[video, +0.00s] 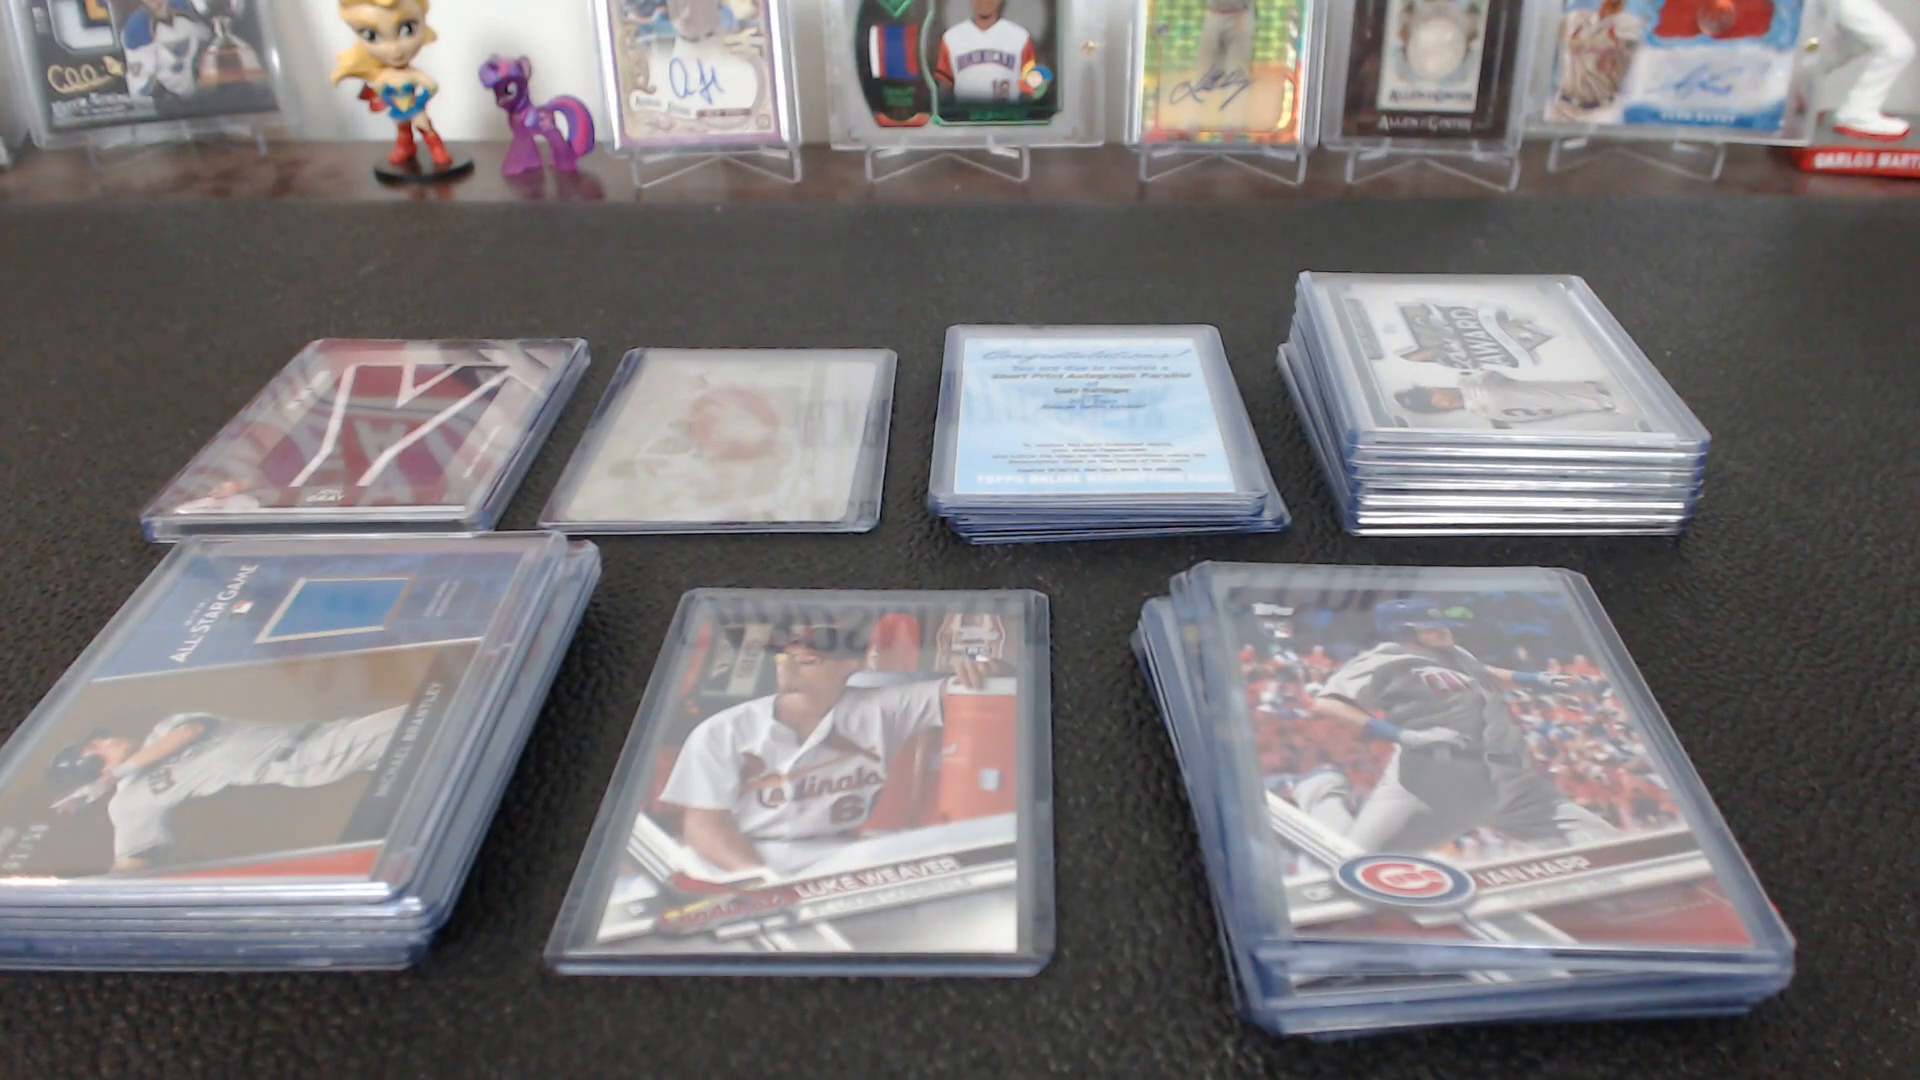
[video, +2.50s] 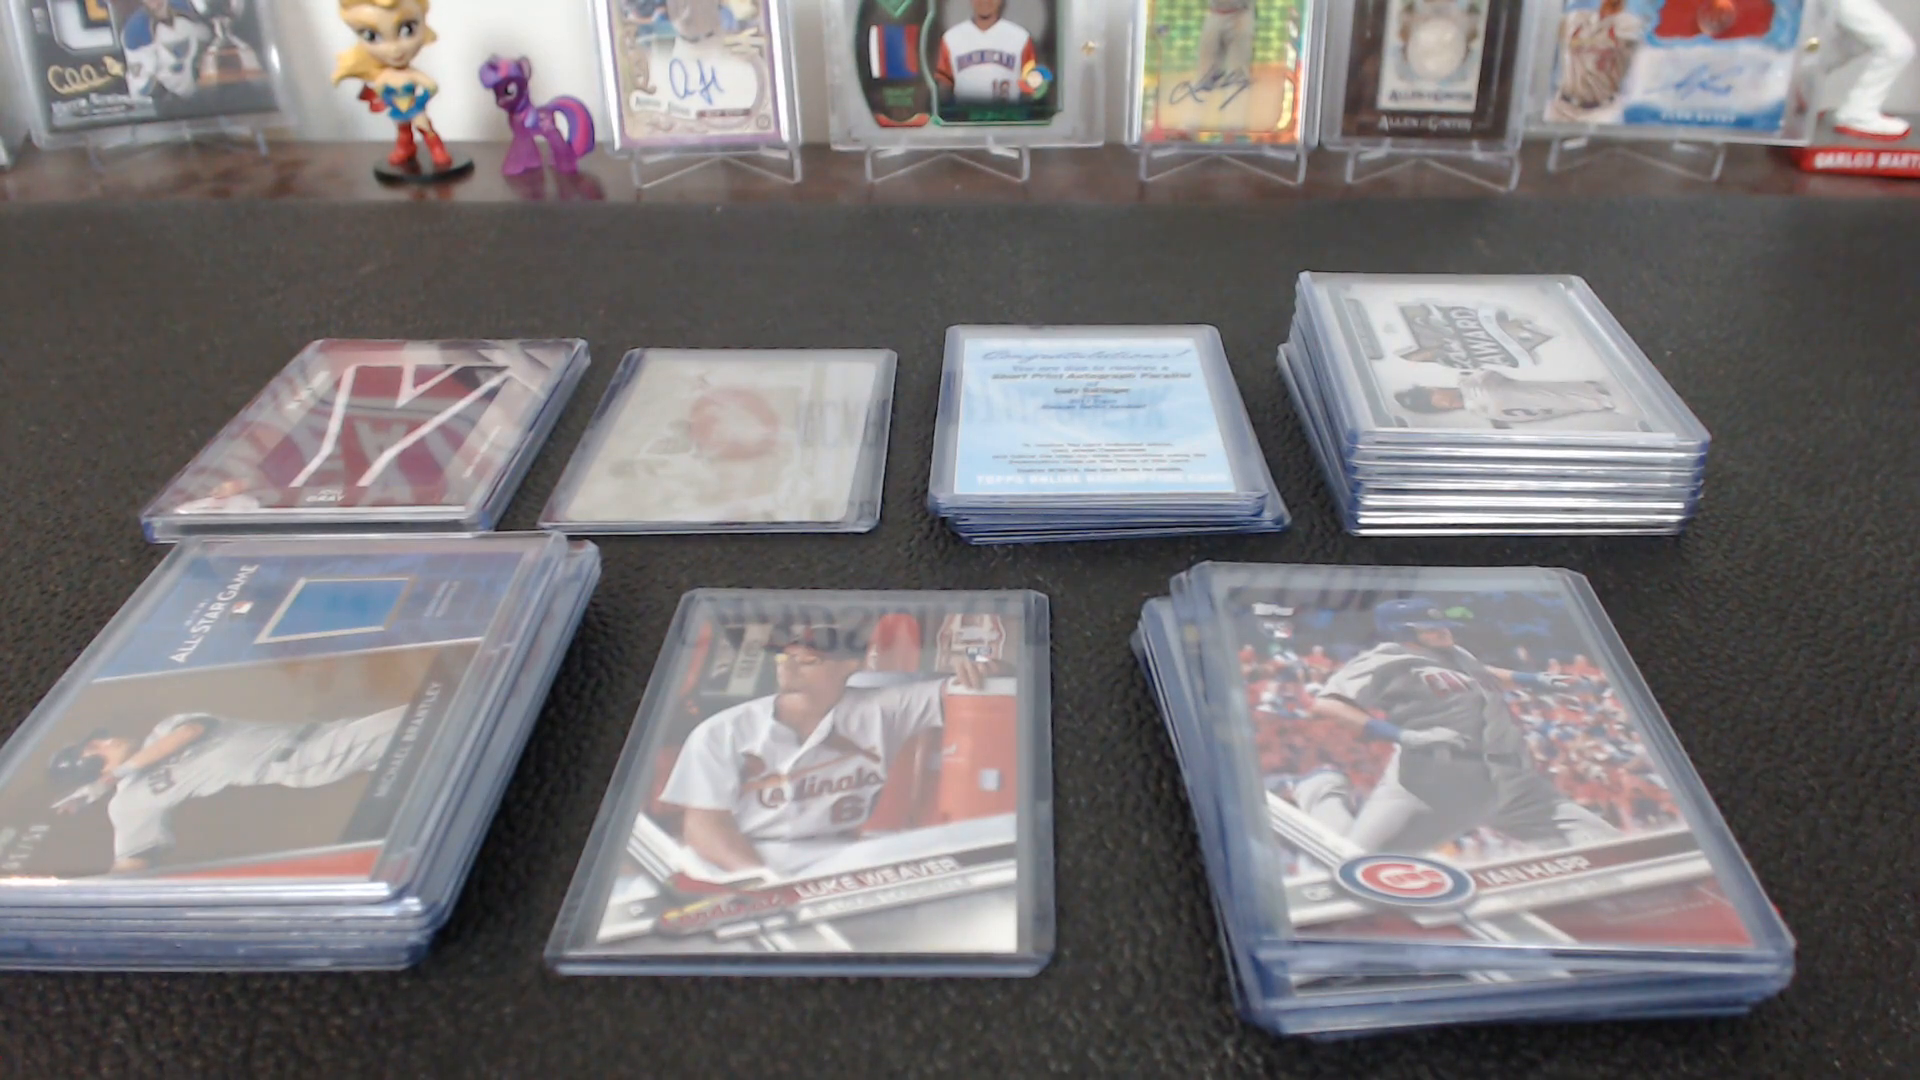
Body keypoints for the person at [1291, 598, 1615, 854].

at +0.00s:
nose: (1446, 631)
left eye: (1446, 622)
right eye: (1434, 623)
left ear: (1449, 624)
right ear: (1406, 628)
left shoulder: (1459, 656)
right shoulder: (1388, 659)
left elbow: (1489, 676)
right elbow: (1328, 704)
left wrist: (1538, 682)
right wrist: (1404, 736)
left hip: (1509, 789)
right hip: (1426, 797)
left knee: (1614, 850)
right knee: (1353, 868)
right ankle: (1321, 792)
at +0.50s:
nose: (1446, 630)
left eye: (1445, 621)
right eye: (1434, 622)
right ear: (1406, 629)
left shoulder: (1459, 657)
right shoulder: (1388, 659)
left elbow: (1490, 677)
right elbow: (1328, 704)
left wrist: (1538, 682)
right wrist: (1405, 736)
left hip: (1509, 790)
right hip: (1426, 798)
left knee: (1614, 850)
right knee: (1352, 868)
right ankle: (1321, 792)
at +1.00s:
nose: (1446, 630)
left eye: (1446, 622)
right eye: (1434, 623)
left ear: (1447, 625)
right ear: (1406, 629)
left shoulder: (1459, 657)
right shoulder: (1388, 659)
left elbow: (1490, 676)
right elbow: (1328, 704)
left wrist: (1539, 682)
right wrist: (1404, 736)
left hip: (1511, 790)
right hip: (1427, 798)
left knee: (1614, 850)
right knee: (1352, 869)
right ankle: (1321, 792)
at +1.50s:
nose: (1447, 630)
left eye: (1446, 622)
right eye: (1435, 623)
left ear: (1447, 626)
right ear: (1406, 629)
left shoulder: (1459, 656)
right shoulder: (1387, 659)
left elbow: (1490, 676)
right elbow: (1328, 704)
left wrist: (1539, 682)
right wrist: (1405, 736)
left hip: (1511, 789)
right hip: (1429, 797)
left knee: (1614, 850)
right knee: (1353, 869)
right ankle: (1321, 792)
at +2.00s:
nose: (1446, 631)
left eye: (1446, 623)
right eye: (1434, 624)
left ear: (1447, 627)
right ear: (1406, 630)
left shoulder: (1459, 657)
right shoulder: (1387, 659)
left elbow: (1490, 676)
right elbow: (1328, 704)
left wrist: (1539, 682)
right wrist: (1404, 736)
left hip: (1509, 789)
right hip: (1429, 796)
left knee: (1613, 850)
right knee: (1353, 868)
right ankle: (1321, 792)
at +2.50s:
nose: (1446, 631)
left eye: (1446, 623)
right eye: (1434, 623)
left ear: (1447, 626)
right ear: (1406, 630)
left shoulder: (1458, 657)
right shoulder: (1387, 660)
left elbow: (1490, 676)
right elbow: (1328, 704)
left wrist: (1539, 682)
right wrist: (1404, 736)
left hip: (1509, 789)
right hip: (1428, 796)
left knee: (1613, 849)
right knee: (1353, 868)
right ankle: (1321, 792)